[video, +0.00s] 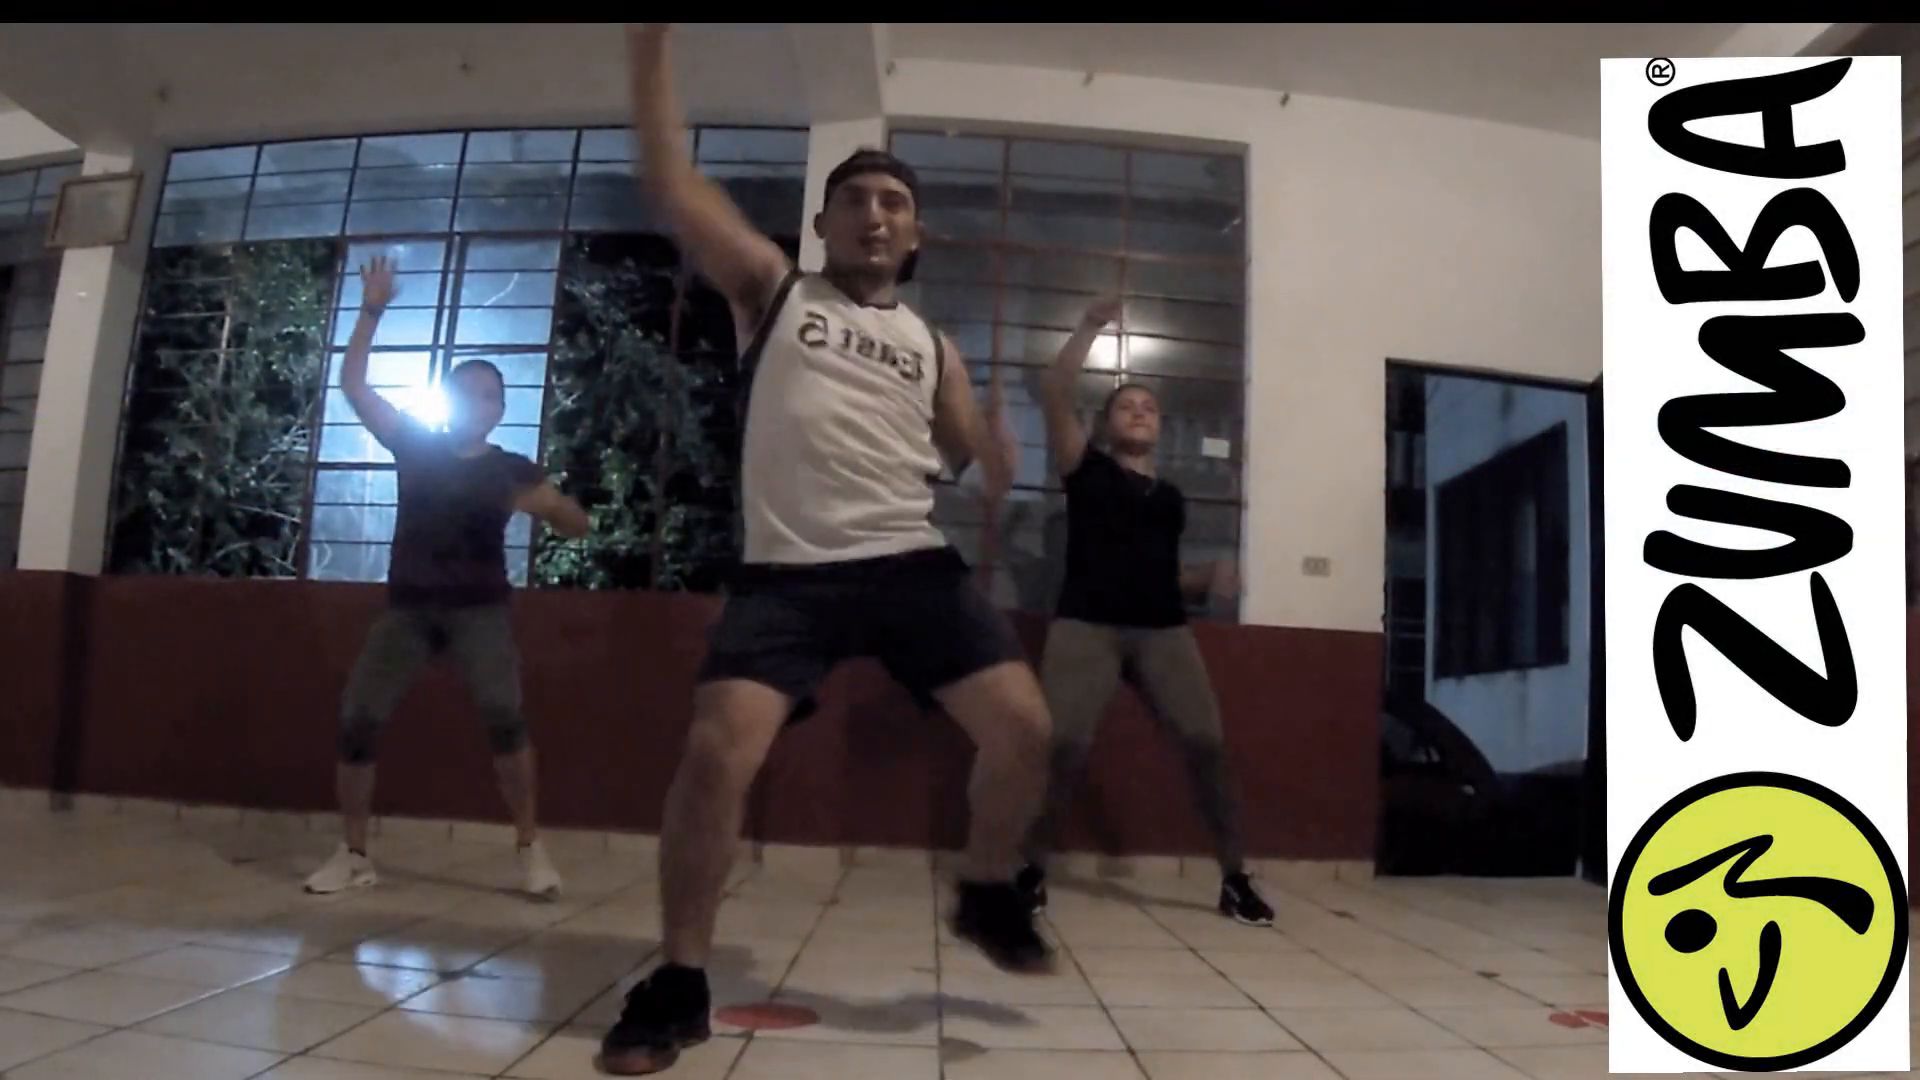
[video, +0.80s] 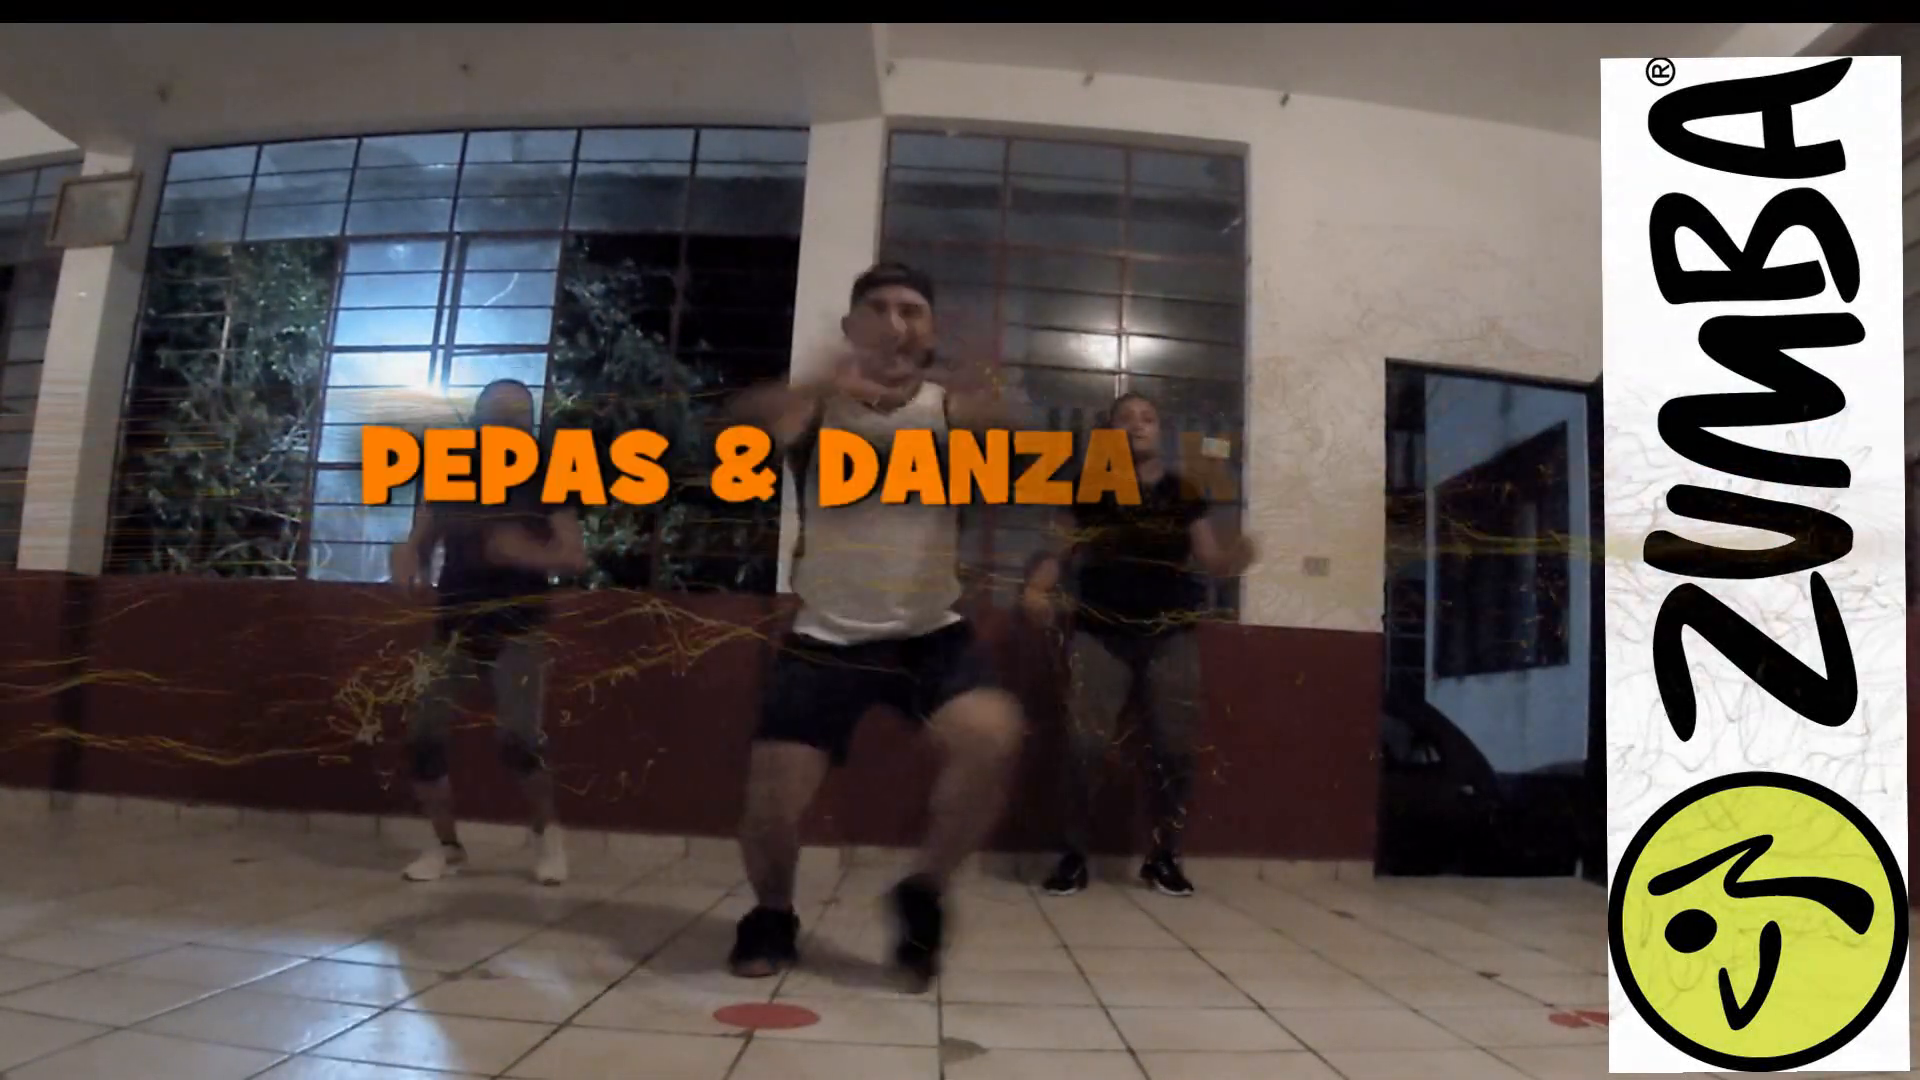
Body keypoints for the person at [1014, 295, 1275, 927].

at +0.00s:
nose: (1140, 414)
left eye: (1149, 409)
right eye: (1129, 407)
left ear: (1159, 429)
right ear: (1106, 423)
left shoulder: (1167, 498)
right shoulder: (1084, 470)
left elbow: (1164, 580)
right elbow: (1055, 390)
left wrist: (1206, 577)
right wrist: (1088, 327)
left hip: (1160, 628)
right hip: (1087, 624)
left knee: (1205, 739)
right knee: (1064, 743)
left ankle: (1234, 877)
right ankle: (1030, 872)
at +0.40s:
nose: (1146, 428)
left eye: (1153, 420)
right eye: (1134, 421)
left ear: (1165, 434)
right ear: (1114, 436)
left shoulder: (1178, 503)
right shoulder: (1101, 490)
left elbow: (1176, 554)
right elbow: (1055, 479)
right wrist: (1080, 423)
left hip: (1171, 634)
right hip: (1107, 630)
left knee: (1173, 748)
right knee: (1080, 744)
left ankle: (1157, 859)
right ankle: (1034, 865)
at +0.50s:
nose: (1153, 427)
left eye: (1160, 420)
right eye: (1141, 421)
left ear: (1172, 432)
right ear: (1121, 436)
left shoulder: (1194, 499)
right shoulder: (1107, 488)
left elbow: (1208, 575)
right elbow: (1054, 539)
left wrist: (1221, 635)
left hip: (1177, 638)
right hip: (1111, 634)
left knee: (1174, 749)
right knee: (1082, 740)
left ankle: (1157, 859)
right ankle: (1040, 857)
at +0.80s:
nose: (1139, 429)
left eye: (1147, 421)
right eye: (1129, 422)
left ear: (1160, 429)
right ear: (1113, 433)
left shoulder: (1182, 492)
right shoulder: (1091, 490)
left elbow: (1212, 560)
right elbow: (1057, 551)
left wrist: (1236, 557)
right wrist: (1036, 590)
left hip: (1170, 634)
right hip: (1101, 633)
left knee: (1176, 743)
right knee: (1086, 741)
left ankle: (1164, 856)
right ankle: (1073, 855)